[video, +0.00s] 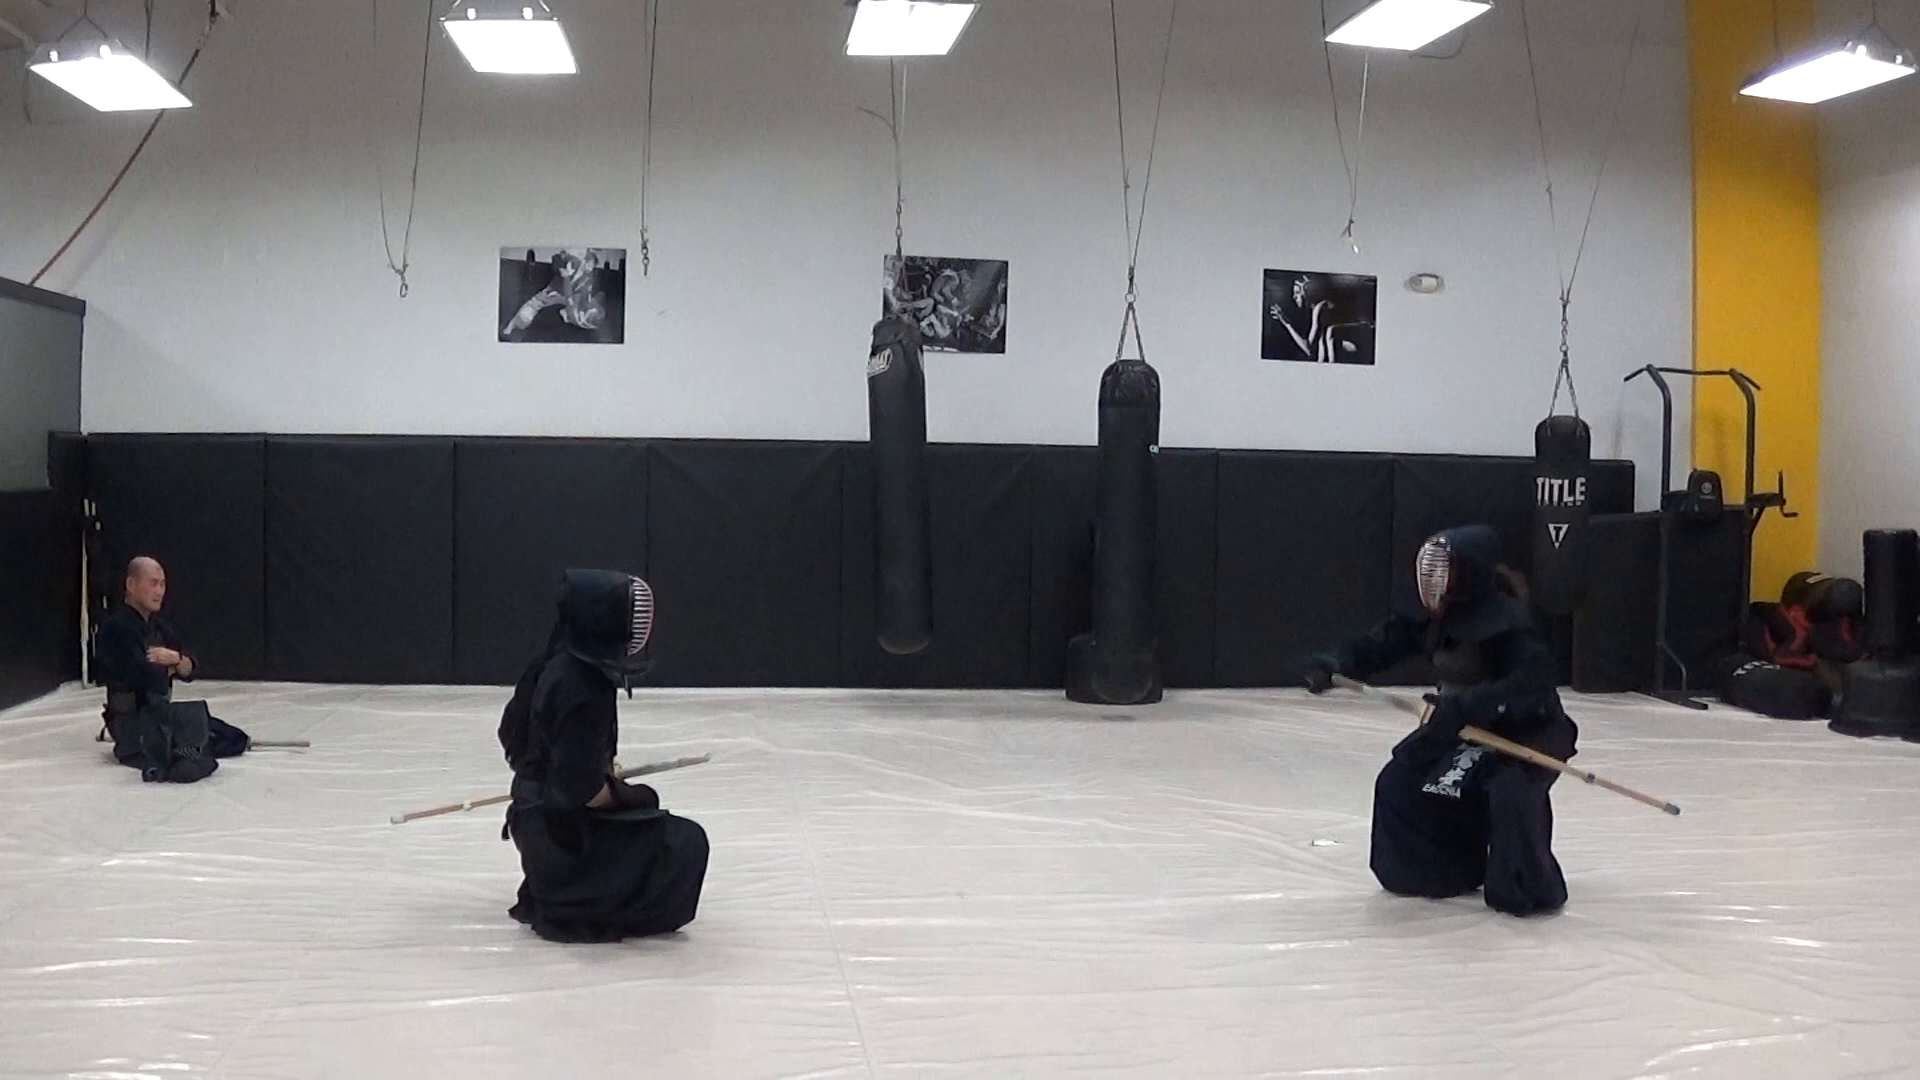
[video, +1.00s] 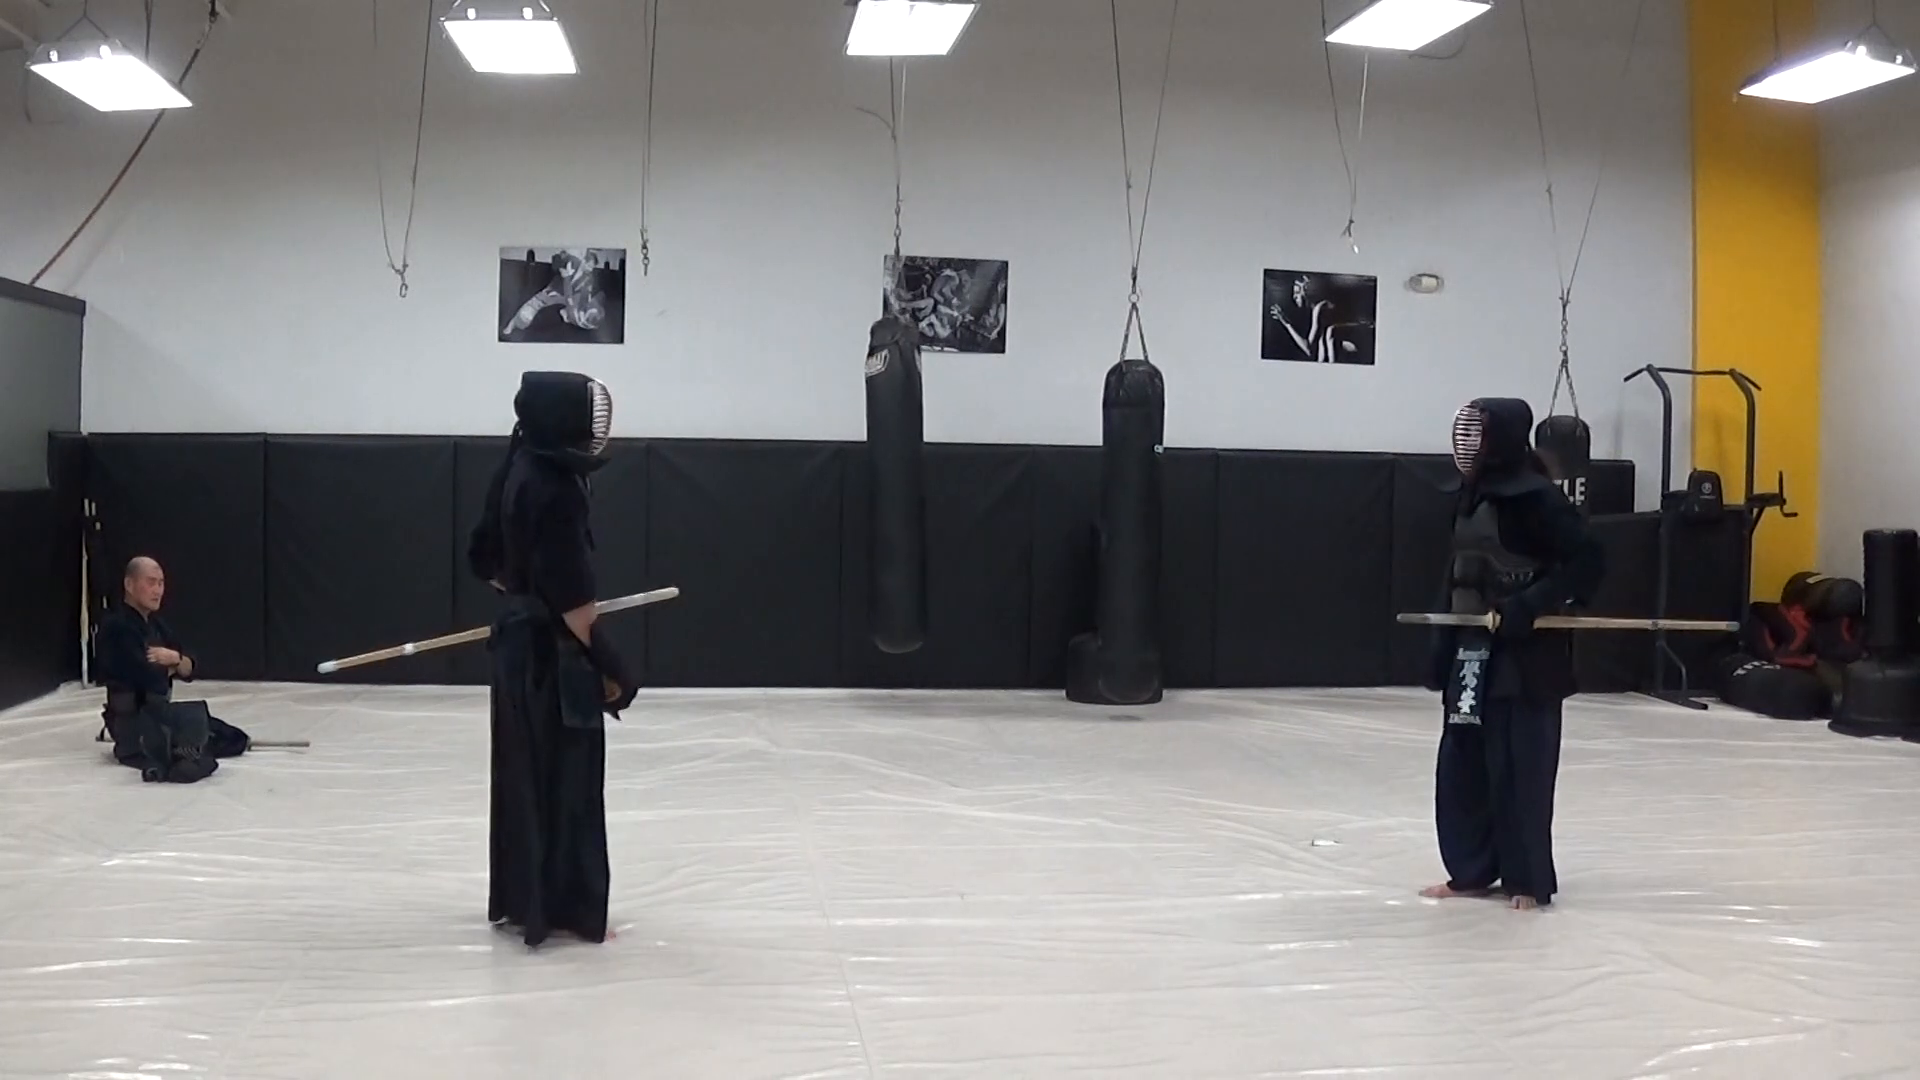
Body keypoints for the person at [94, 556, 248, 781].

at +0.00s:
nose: (160, 591)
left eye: (162, 585)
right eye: (153, 583)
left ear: (165, 587)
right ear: (130, 585)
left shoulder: (159, 623)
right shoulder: (116, 627)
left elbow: (191, 670)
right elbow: (140, 678)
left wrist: (176, 658)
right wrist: (173, 667)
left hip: (161, 719)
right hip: (129, 726)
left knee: (237, 740)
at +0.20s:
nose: (159, 591)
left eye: (162, 584)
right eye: (153, 584)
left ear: (165, 587)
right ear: (130, 585)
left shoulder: (156, 623)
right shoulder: (116, 626)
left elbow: (191, 670)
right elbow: (140, 679)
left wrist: (175, 658)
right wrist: (172, 667)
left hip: (161, 720)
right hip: (131, 730)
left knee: (237, 740)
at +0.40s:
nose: (159, 591)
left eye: (162, 585)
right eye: (153, 584)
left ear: (165, 587)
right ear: (130, 585)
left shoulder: (156, 622)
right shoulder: (116, 626)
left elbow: (190, 670)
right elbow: (138, 677)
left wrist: (175, 657)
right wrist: (173, 666)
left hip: (162, 717)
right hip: (130, 724)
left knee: (236, 740)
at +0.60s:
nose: (159, 591)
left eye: (162, 584)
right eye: (153, 583)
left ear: (165, 587)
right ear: (130, 585)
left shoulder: (157, 623)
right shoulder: (116, 626)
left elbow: (190, 671)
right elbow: (141, 678)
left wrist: (175, 658)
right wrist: (172, 666)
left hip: (161, 717)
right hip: (130, 726)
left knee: (236, 740)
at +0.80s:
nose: (159, 591)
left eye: (161, 584)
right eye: (152, 583)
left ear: (165, 586)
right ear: (130, 585)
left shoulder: (157, 623)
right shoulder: (116, 625)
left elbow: (190, 670)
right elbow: (144, 678)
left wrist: (175, 658)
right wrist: (173, 667)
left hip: (161, 716)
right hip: (130, 724)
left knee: (236, 740)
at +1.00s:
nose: (158, 590)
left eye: (161, 584)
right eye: (151, 582)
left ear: (164, 586)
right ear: (129, 585)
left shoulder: (157, 623)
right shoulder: (116, 626)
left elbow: (190, 671)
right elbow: (144, 679)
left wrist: (176, 658)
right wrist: (173, 667)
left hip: (161, 719)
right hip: (130, 728)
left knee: (236, 740)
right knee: (200, 761)